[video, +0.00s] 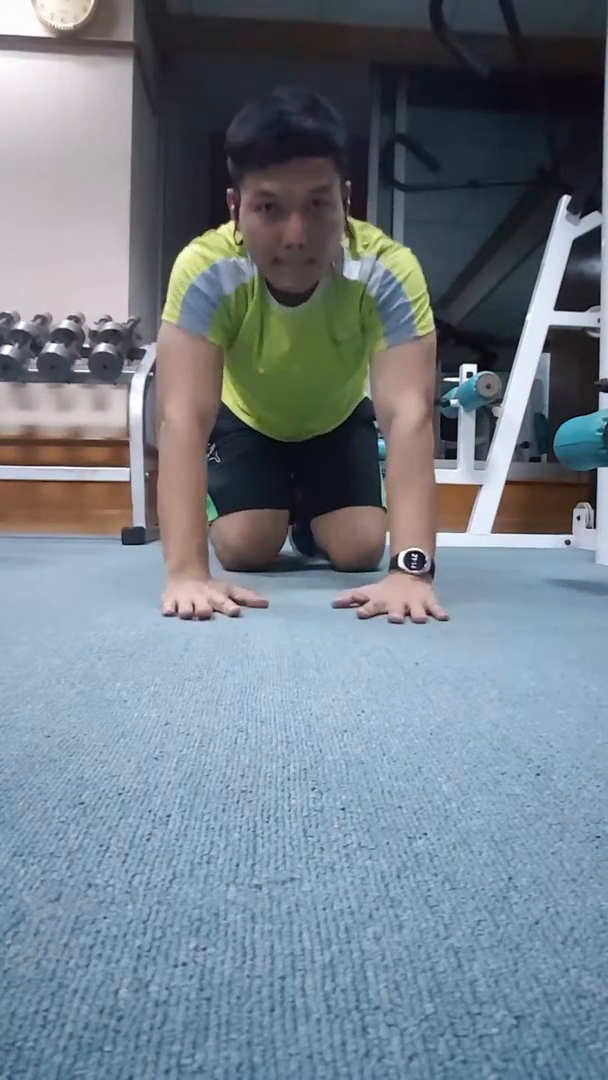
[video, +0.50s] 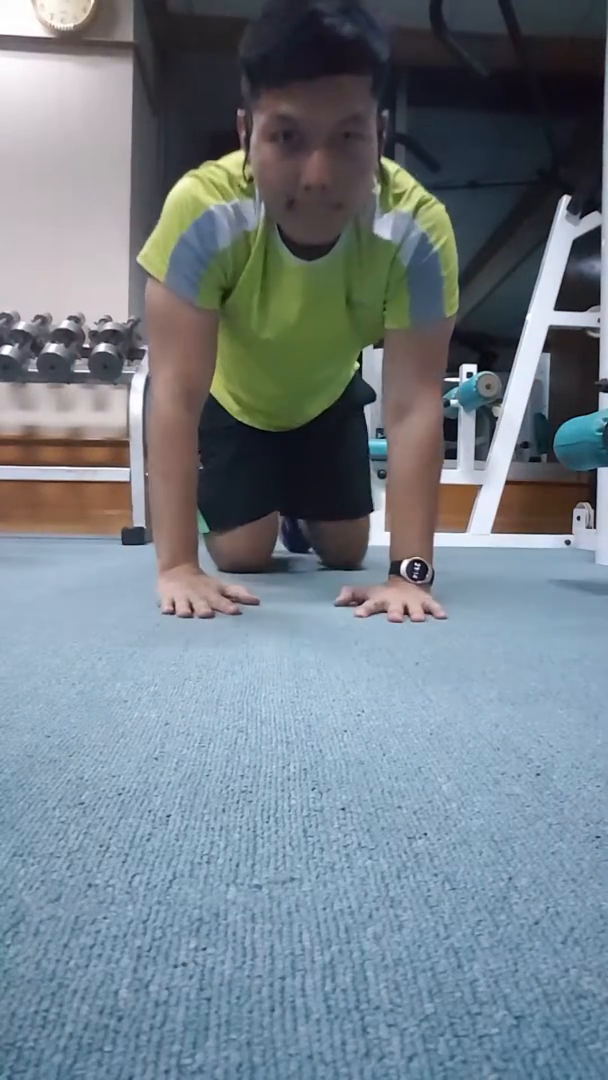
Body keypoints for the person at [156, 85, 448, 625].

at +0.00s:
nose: (295, 234)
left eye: (318, 204)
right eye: (270, 208)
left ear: (345, 198)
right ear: (236, 207)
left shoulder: (389, 271)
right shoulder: (206, 269)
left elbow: (410, 416)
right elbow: (183, 419)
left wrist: (411, 567)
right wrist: (188, 574)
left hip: (340, 416)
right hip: (245, 417)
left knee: (359, 550)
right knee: (247, 551)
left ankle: (307, 522)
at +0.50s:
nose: (317, 174)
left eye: (348, 136)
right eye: (286, 137)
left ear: (381, 133)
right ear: (245, 134)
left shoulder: (415, 227)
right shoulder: (202, 210)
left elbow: (416, 405)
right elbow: (175, 394)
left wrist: (411, 574)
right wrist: (178, 567)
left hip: (331, 396)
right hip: (231, 398)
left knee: (347, 553)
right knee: (241, 558)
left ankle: (299, 510)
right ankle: (269, 510)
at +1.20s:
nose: (294, 155)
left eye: (325, 116)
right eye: (260, 120)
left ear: (363, 110)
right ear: (220, 119)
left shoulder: (418, 215)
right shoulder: (184, 211)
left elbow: (421, 409)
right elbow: (179, 399)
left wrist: (412, 573)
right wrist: (177, 572)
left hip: (346, 385)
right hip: (245, 382)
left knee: (321, 471)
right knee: (251, 498)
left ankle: (299, 503)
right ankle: (256, 517)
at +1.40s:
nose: (296, 160)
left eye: (325, 122)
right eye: (263, 125)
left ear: (364, 120)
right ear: (223, 124)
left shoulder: (415, 221)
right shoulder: (186, 213)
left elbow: (421, 413)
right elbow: (181, 402)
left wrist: (412, 574)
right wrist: (179, 571)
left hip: (343, 389)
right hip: (245, 383)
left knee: (318, 463)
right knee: (252, 466)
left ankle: (303, 503)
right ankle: (259, 500)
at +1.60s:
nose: (289, 160)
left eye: (317, 123)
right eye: (256, 127)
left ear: (352, 119)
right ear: (215, 126)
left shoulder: (406, 226)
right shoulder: (182, 218)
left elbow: (420, 403)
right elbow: (178, 402)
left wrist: (412, 573)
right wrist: (178, 571)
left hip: (336, 383)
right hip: (238, 377)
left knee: (315, 463)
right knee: (245, 460)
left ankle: (303, 502)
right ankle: (254, 498)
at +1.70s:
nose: (285, 155)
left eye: (313, 118)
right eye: (253, 122)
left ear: (350, 117)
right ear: (213, 124)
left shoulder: (404, 224)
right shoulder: (182, 219)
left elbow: (418, 401)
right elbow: (178, 403)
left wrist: (413, 572)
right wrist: (178, 571)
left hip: (332, 387)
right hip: (238, 386)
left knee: (312, 464)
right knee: (247, 465)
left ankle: (301, 503)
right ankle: (257, 500)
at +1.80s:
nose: (288, 153)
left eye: (316, 118)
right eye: (256, 121)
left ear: (352, 119)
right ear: (217, 125)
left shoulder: (405, 230)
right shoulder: (183, 221)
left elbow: (418, 405)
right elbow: (178, 403)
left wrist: (414, 573)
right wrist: (178, 572)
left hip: (330, 392)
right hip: (237, 394)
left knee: (310, 466)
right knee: (250, 468)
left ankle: (300, 503)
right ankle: (260, 500)